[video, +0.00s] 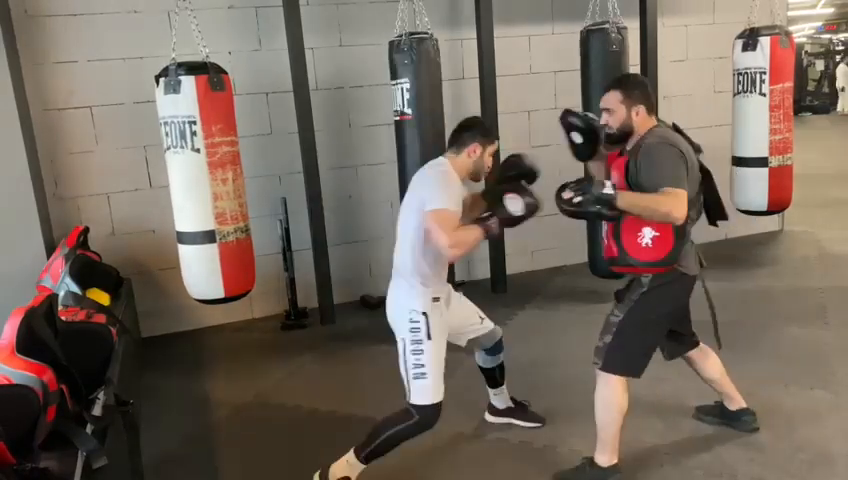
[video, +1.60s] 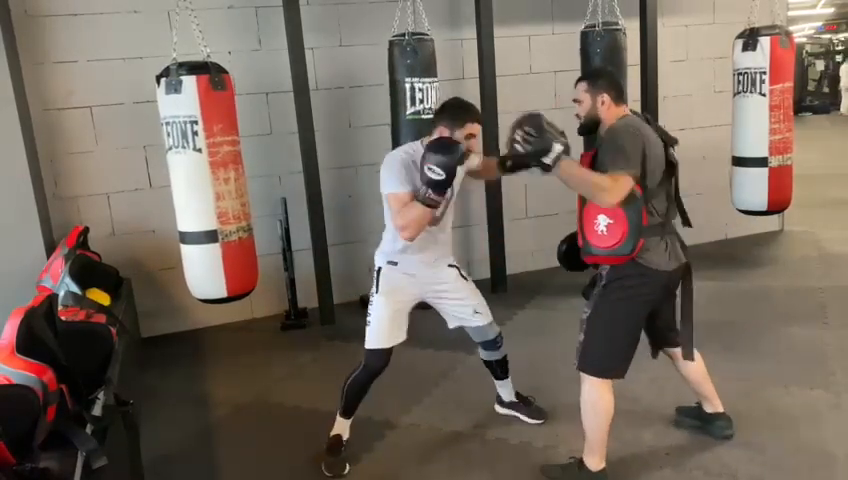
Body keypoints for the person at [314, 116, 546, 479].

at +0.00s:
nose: (491, 163)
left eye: (493, 156)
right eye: (491, 155)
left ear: (467, 149)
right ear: (474, 150)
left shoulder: (448, 175)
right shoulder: (439, 180)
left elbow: (460, 212)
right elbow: (451, 245)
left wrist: (499, 193)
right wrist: (494, 223)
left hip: (438, 293)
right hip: (415, 302)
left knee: (490, 339)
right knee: (425, 413)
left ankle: (501, 405)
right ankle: (343, 469)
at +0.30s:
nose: (510, 173)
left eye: (513, 165)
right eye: (507, 163)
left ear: (485, 160)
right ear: (482, 158)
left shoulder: (479, 196)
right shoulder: (430, 181)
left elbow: (493, 231)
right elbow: (413, 238)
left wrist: (545, 226)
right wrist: (469, 216)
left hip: (451, 297)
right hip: (407, 299)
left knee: (509, 359)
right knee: (399, 395)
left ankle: (500, 409)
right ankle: (342, 467)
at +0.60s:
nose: (473, 150)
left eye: (474, 143)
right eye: (467, 142)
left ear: (455, 140)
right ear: (440, 136)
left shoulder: (452, 166)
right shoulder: (396, 171)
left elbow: (484, 180)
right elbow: (419, 235)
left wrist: (529, 174)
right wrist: (447, 185)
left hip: (446, 276)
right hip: (400, 282)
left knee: (498, 339)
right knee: (380, 376)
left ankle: (501, 405)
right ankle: (336, 446)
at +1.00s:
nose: (484, 168)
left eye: (488, 163)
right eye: (485, 161)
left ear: (468, 149)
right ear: (472, 151)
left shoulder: (455, 176)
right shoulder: (434, 172)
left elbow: (480, 235)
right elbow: (470, 233)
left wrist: (494, 194)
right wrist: (485, 191)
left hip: (441, 281)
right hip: (409, 287)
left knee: (488, 333)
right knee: (414, 390)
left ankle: (507, 400)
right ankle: (339, 447)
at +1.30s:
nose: (506, 168)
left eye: (508, 161)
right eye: (503, 159)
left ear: (486, 155)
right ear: (481, 151)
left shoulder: (482, 186)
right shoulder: (428, 170)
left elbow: (489, 220)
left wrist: (533, 220)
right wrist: (458, 194)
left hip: (450, 290)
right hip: (404, 290)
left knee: (505, 352)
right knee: (387, 382)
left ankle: (507, 403)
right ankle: (336, 451)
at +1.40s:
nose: (501, 164)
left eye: (503, 157)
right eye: (497, 155)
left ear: (479, 154)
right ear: (473, 150)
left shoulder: (474, 186)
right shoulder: (426, 171)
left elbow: (501, 226)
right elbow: (423, 231)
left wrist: (544, 223)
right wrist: (464, 199)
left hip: (447, 287)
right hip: (403, 288)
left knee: (502, 346)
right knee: (381, 378)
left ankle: (507, 401)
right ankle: (339, 433)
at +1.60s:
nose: (475, 147)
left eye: (476, 139)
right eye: (469, 139)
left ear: (462, 140)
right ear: (443, 134)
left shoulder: (458, 157)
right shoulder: (398, 161)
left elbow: (482, 169)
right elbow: (407, 230)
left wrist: (518, 160)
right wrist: (438, 186)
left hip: (442, 267)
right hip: (396, 270)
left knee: (489, 335)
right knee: (376, 360)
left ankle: (508, 399)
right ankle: (339, 433)